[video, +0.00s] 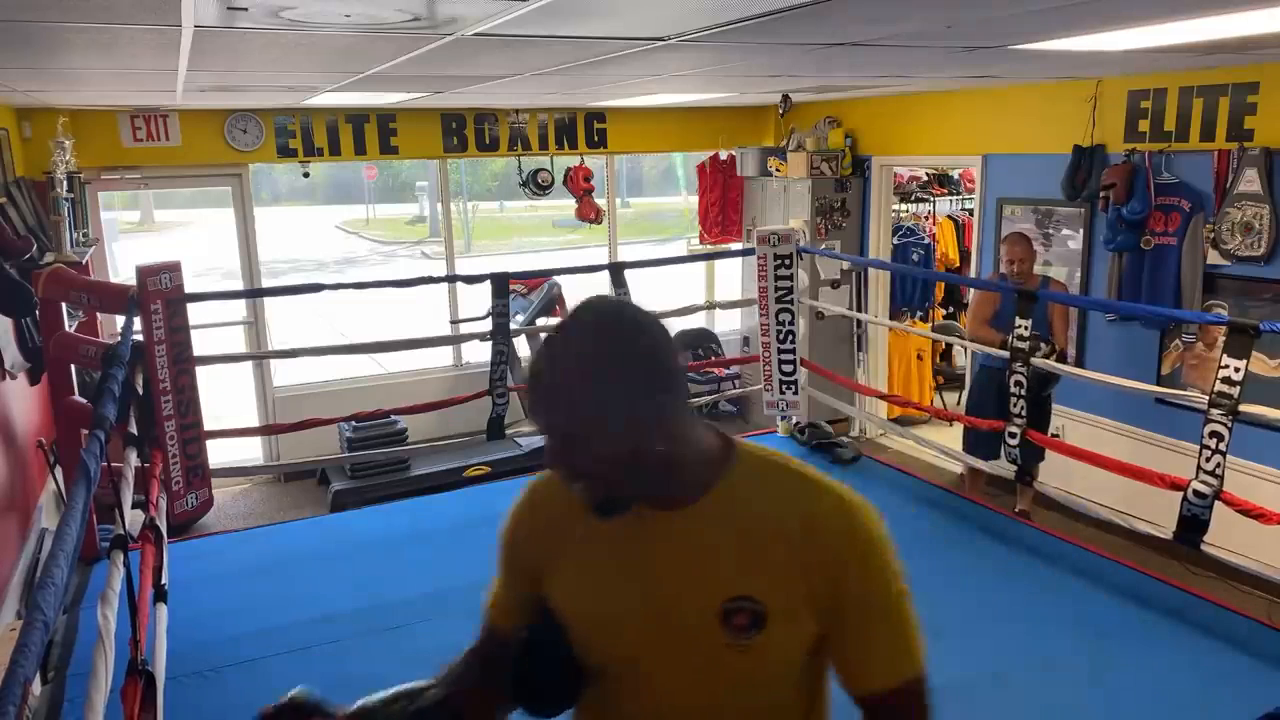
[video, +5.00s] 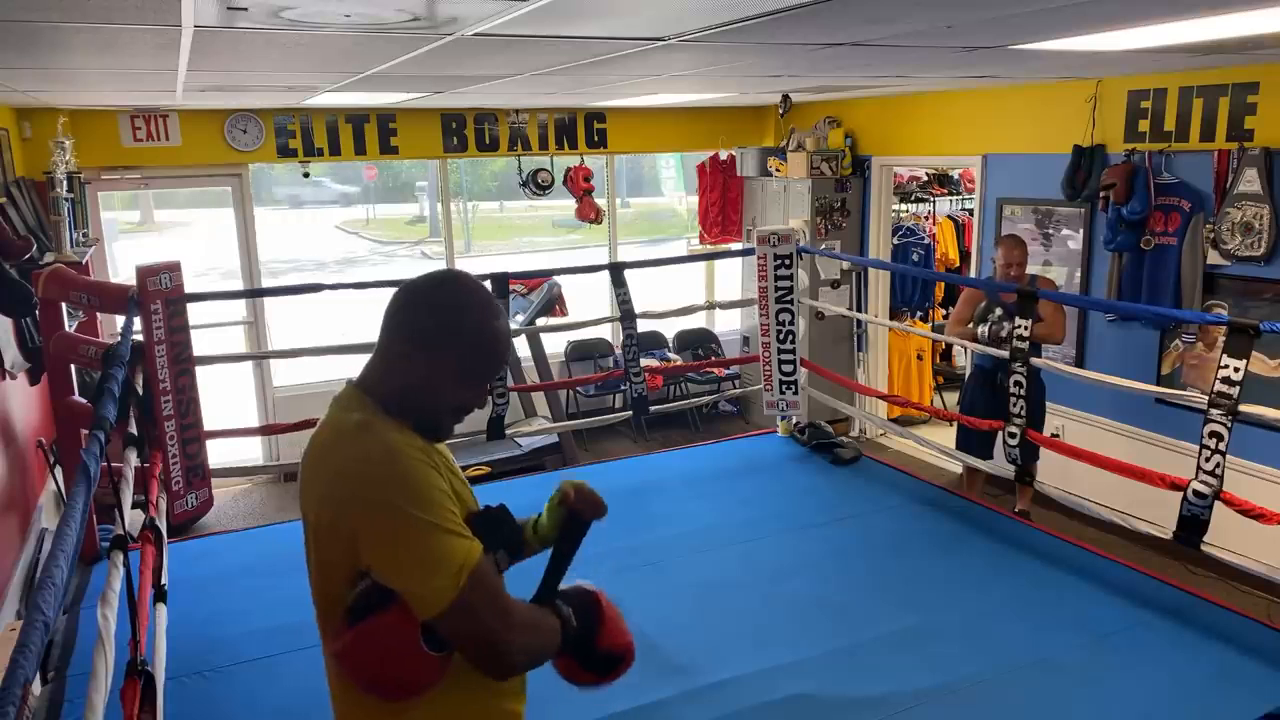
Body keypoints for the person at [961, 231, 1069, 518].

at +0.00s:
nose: (1015, 269)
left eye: (1021, 262)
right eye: (1009, 262)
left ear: (1033, 259)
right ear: (1001, 260)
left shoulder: (1054, 290)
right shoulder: (992, 285)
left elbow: (1061, 343)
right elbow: (974, 329)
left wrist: (1048, 356)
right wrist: (1010, 343)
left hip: (1034, 382)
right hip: (992, 377)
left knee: (1030, 449)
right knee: (979, 446)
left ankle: (1023, 511)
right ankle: (971, 506)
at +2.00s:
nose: (1012, 268)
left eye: (1017, 261)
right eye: (1005, 263)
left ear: (1028, 257)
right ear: (996, 264)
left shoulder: (1052, 290)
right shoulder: (985, 292)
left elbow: (1064, 339)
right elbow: (965, 336)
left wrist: (1056, 321)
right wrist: (979, 358)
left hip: (1032, 379)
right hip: (990, 376)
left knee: (1029, 449)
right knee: (977, 445)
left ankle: (1023, 515)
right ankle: (972, 506)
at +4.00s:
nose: (999, 274)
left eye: (1003, 266)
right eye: (991, 269)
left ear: (1013, 260)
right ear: (983, 267)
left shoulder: (1038, 286)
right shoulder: (973, 293)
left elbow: (1061, 328)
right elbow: (962, 341)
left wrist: (1021, 330)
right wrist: (985, 347)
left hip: (1025, 380)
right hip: (984, 379)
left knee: (1027, 449)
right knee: (975, 448)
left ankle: (1022, 514)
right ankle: (971, 507)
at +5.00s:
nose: (1014, 272)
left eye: (1020, 265)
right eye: (1008, 266)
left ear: (1027, 262)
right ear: (995, 262)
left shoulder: (1043, 287)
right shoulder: (978, 289)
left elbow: (1056, 333)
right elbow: (952, 330)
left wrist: (1016, 329)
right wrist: (985, 331)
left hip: (1025, 381)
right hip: (984, 378)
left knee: (1026, 449)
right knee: (974, 446)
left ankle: (1022, 514)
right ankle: (969, 507)